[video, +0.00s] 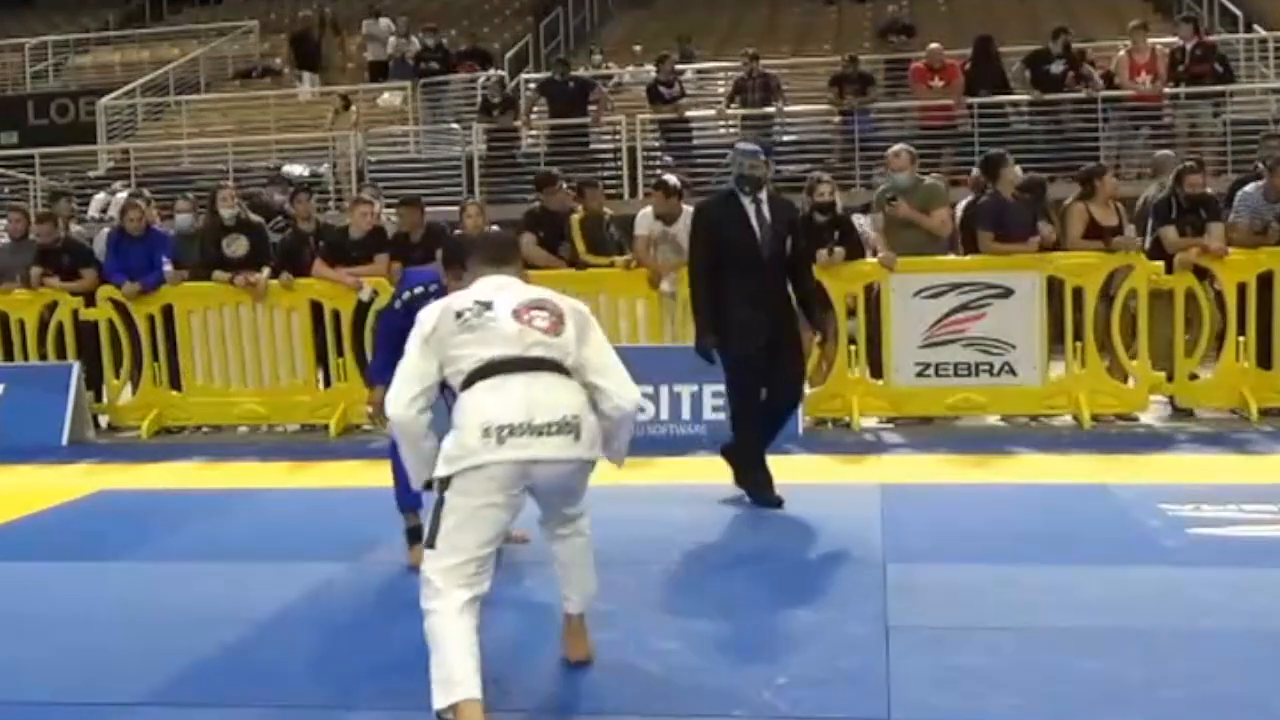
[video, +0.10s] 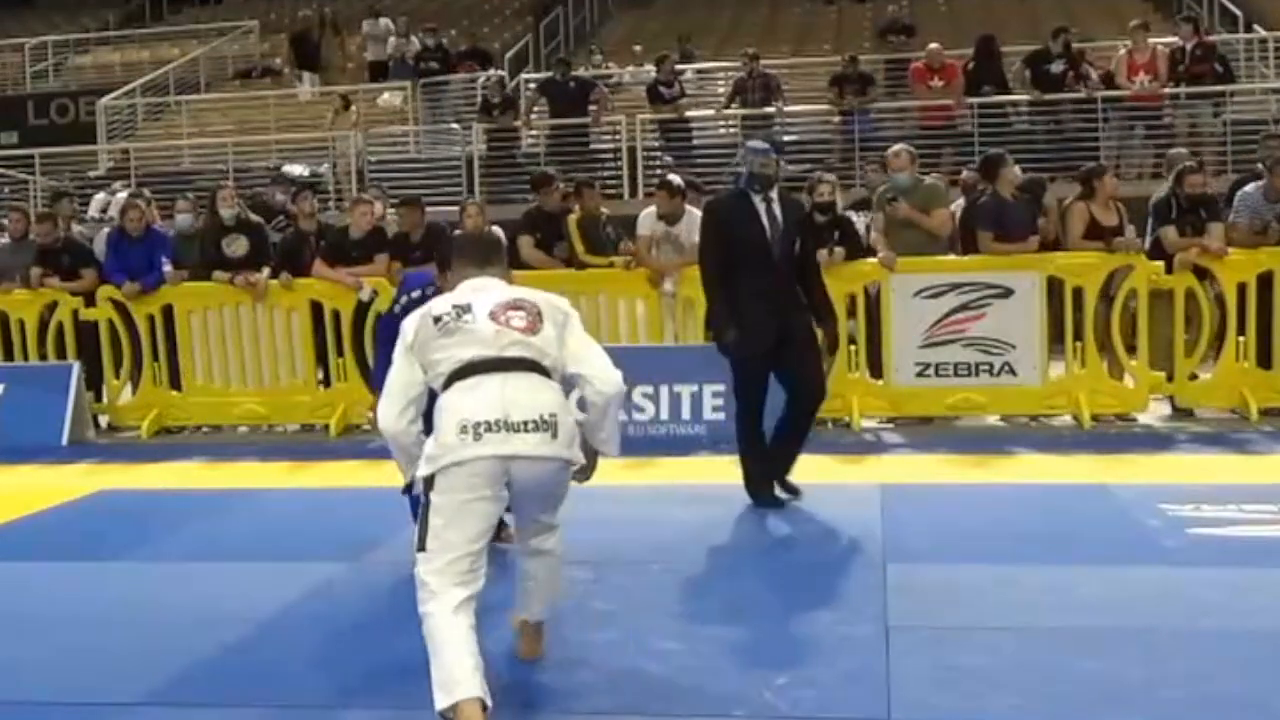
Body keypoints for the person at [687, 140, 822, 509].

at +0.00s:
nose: (751, 172)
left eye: (757, 165)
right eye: (745, 164)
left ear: (768, 169)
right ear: (733, 167)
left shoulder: (785, 210)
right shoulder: (710, 213)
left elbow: (800, 268)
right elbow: (700, 274)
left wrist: (817, 311)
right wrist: (704, 328)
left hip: (778, 315)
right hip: (735, 318)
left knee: (788, 393)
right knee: (745, 399)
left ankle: (742, 451)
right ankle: (759, 486)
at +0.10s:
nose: (763, 168)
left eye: (769, 162)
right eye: (757, 161)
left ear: (779, 166)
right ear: (744, 164)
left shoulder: (795, 209)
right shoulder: (720, 210)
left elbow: (809, 271)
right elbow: (712, 273)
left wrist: (828, 322)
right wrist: (723, 326)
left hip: (789, 322)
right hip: (745, 323)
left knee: (810, 391)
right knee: (751, 408)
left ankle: (776, 464)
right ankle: (759, 487)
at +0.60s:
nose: (841, 159)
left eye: (847, 153)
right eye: (834, 152)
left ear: (860, 159)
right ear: (822, 158)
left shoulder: (879, 205)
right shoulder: (801, 203)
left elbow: (892, 266)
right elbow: (787, 269)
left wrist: (912, 323)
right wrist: (792, 325)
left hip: (873, 324)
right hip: (827, 324)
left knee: (870, 414)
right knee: (825, 403)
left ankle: (874, 495)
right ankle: (784, 470)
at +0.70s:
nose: (852, 157)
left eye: (859, 150)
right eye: (846, 150)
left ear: (875, 156)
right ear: (836, 156)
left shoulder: (895, 201)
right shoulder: (816, 201)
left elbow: (913, 260)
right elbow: (800, 268)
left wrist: (935, 314)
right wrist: (801, 328)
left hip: (886, 317)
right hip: (838, 318)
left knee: (880, 409)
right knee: (854, 399)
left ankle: (874, 495)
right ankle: (822, 467)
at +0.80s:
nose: (860, 163)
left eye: (867, 154)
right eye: (853, 155)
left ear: (887, 157)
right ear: (846, 162)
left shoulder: (910, 201)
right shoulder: (828, 206)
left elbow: (931, 256)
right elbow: (813, 273)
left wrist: (954, 306)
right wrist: (814, 331)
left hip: (900, 318)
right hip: (852, 320)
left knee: (892, 408)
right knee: (876, 403)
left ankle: (876, 489)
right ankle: (871, 491)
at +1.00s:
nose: (874, 166)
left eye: (882, 158)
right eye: (870, 160)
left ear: (908, 160)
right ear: (867, 166)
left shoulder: (944, 203)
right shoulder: (856, 211)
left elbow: (964, 260)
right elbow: (842, 278)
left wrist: (980, 311)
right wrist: (841, 336)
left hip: (934, 321)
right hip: (884, 323)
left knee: (919, 412)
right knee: (911, 413)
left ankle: (881, 486)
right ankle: (935, 511)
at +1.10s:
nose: (890, 169)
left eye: (898, 159)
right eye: (885, 161)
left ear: (922, 160)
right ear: (883, 165)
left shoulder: (956, 201)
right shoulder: (867, 210)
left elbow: (977, 263)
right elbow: (857, 276)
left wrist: (993, 319)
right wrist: (855, 336)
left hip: (951, 321)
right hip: (899, 325)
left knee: (967, 405)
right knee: (918, 414)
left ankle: (917, 470)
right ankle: (934, 511)